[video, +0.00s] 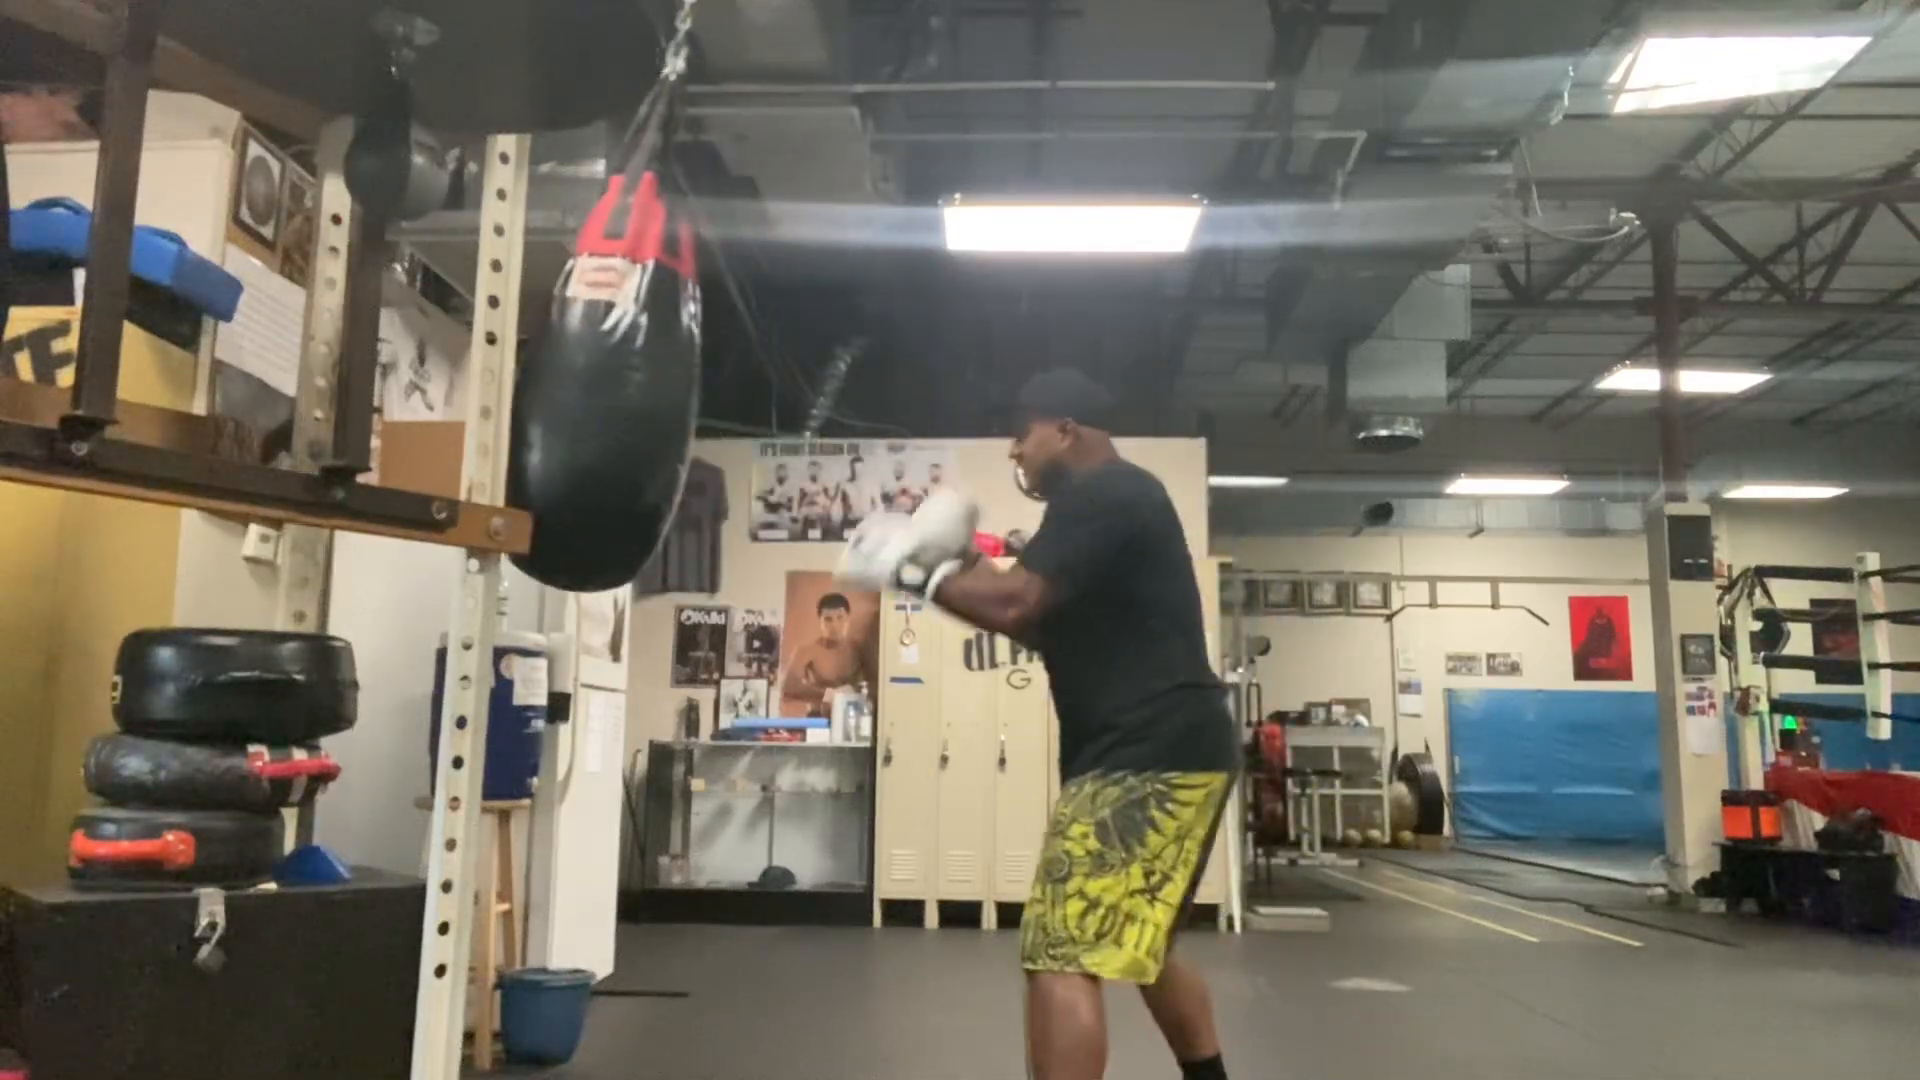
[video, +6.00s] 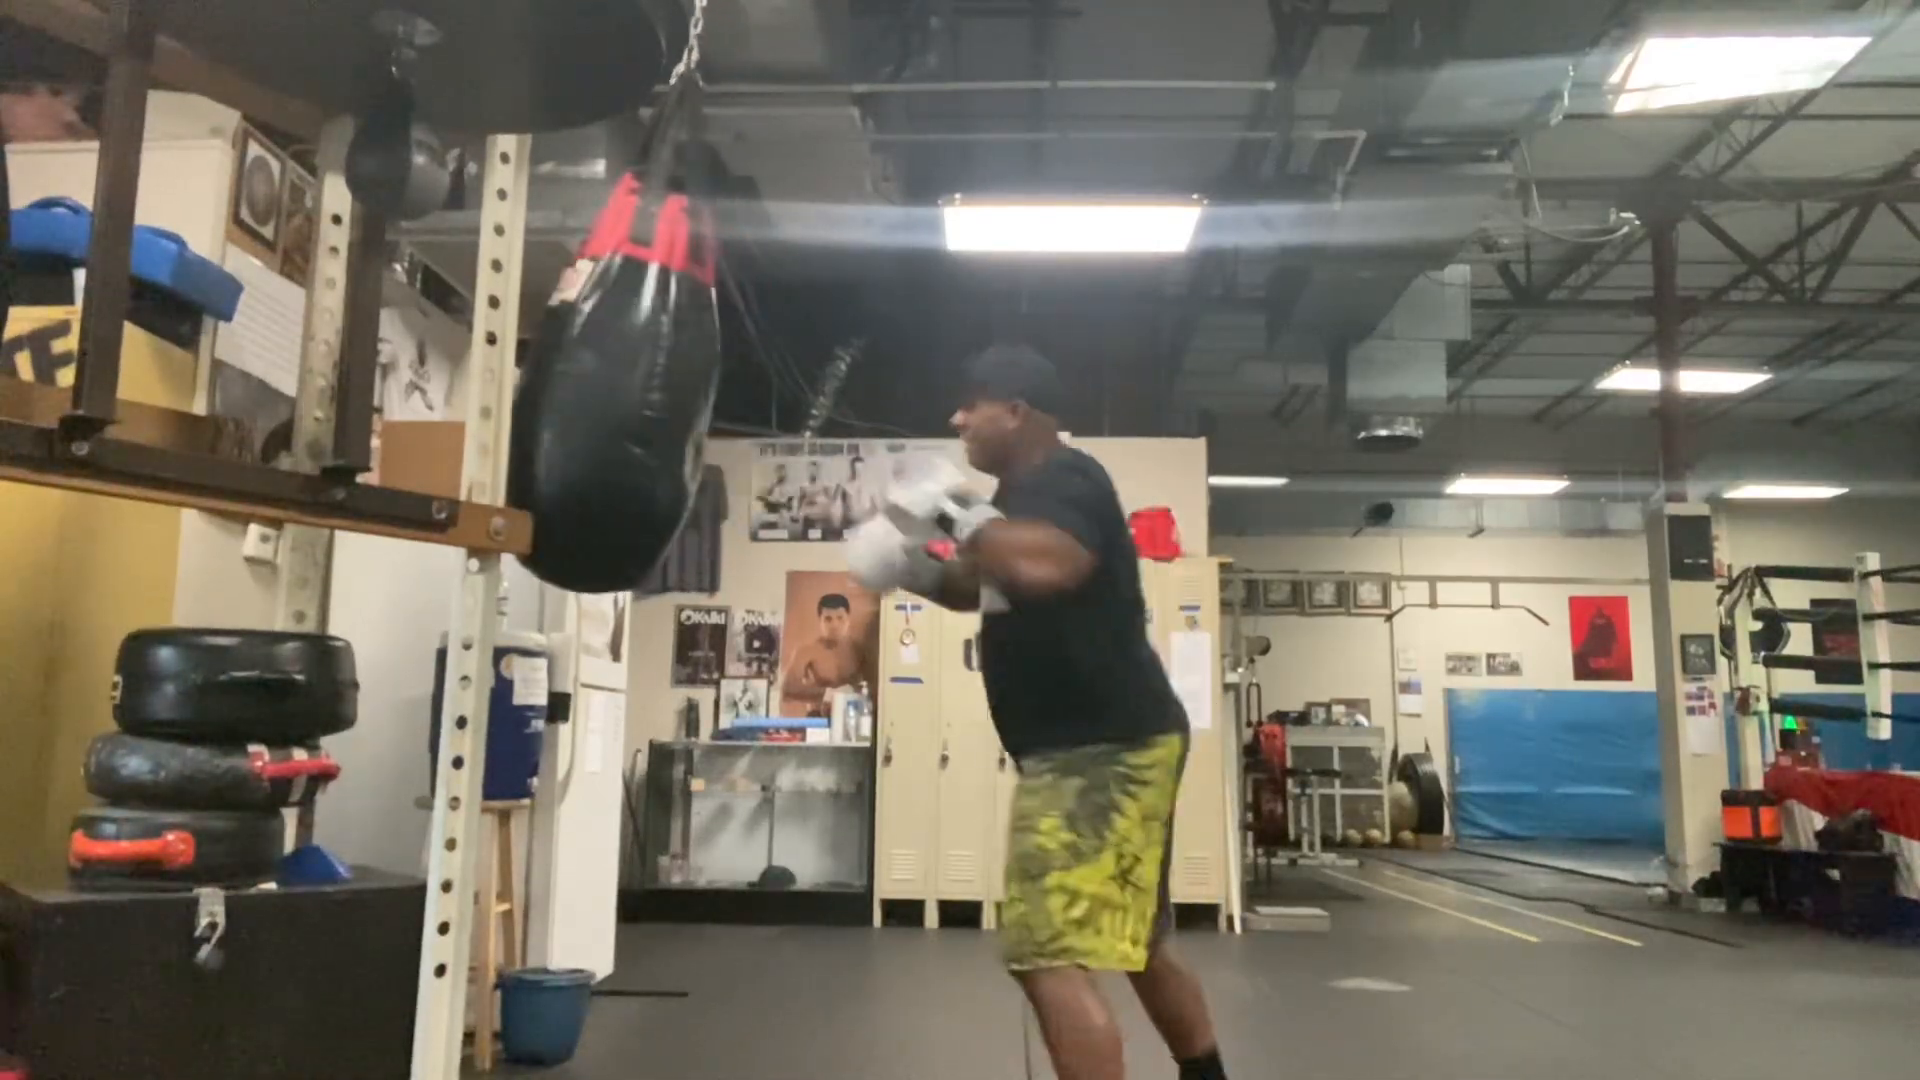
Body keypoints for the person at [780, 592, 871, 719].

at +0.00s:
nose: (835, 625)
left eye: (840, 618)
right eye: (828, 619)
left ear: (848, 619)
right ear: (819, 621)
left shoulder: (857, 652)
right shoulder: (806, 652)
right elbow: (789, 687)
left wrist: (817, 687)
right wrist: (826, 695)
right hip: (819, 718)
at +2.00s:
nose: (834, 625)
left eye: (840, 618)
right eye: (828, 619)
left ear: (847, 619)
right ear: (819, 621)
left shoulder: (858, 651)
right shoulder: (806, 651)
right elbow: (790, 688)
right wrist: (826, 694)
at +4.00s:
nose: (835, 625)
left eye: (840, 617)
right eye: (828, 619)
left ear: (848, 619)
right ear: (819, 620)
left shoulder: (856, 651)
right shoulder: (806, 651)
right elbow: (789, 688)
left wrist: (816, 686)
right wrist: (828, 694)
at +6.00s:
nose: (834, 625)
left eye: (840, 618)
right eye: (828, 619)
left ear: (848, 620)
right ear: (819, 621)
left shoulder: (858, 652)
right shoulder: (806, 652)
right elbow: (789, 688)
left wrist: (816, 687)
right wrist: (827, 693)